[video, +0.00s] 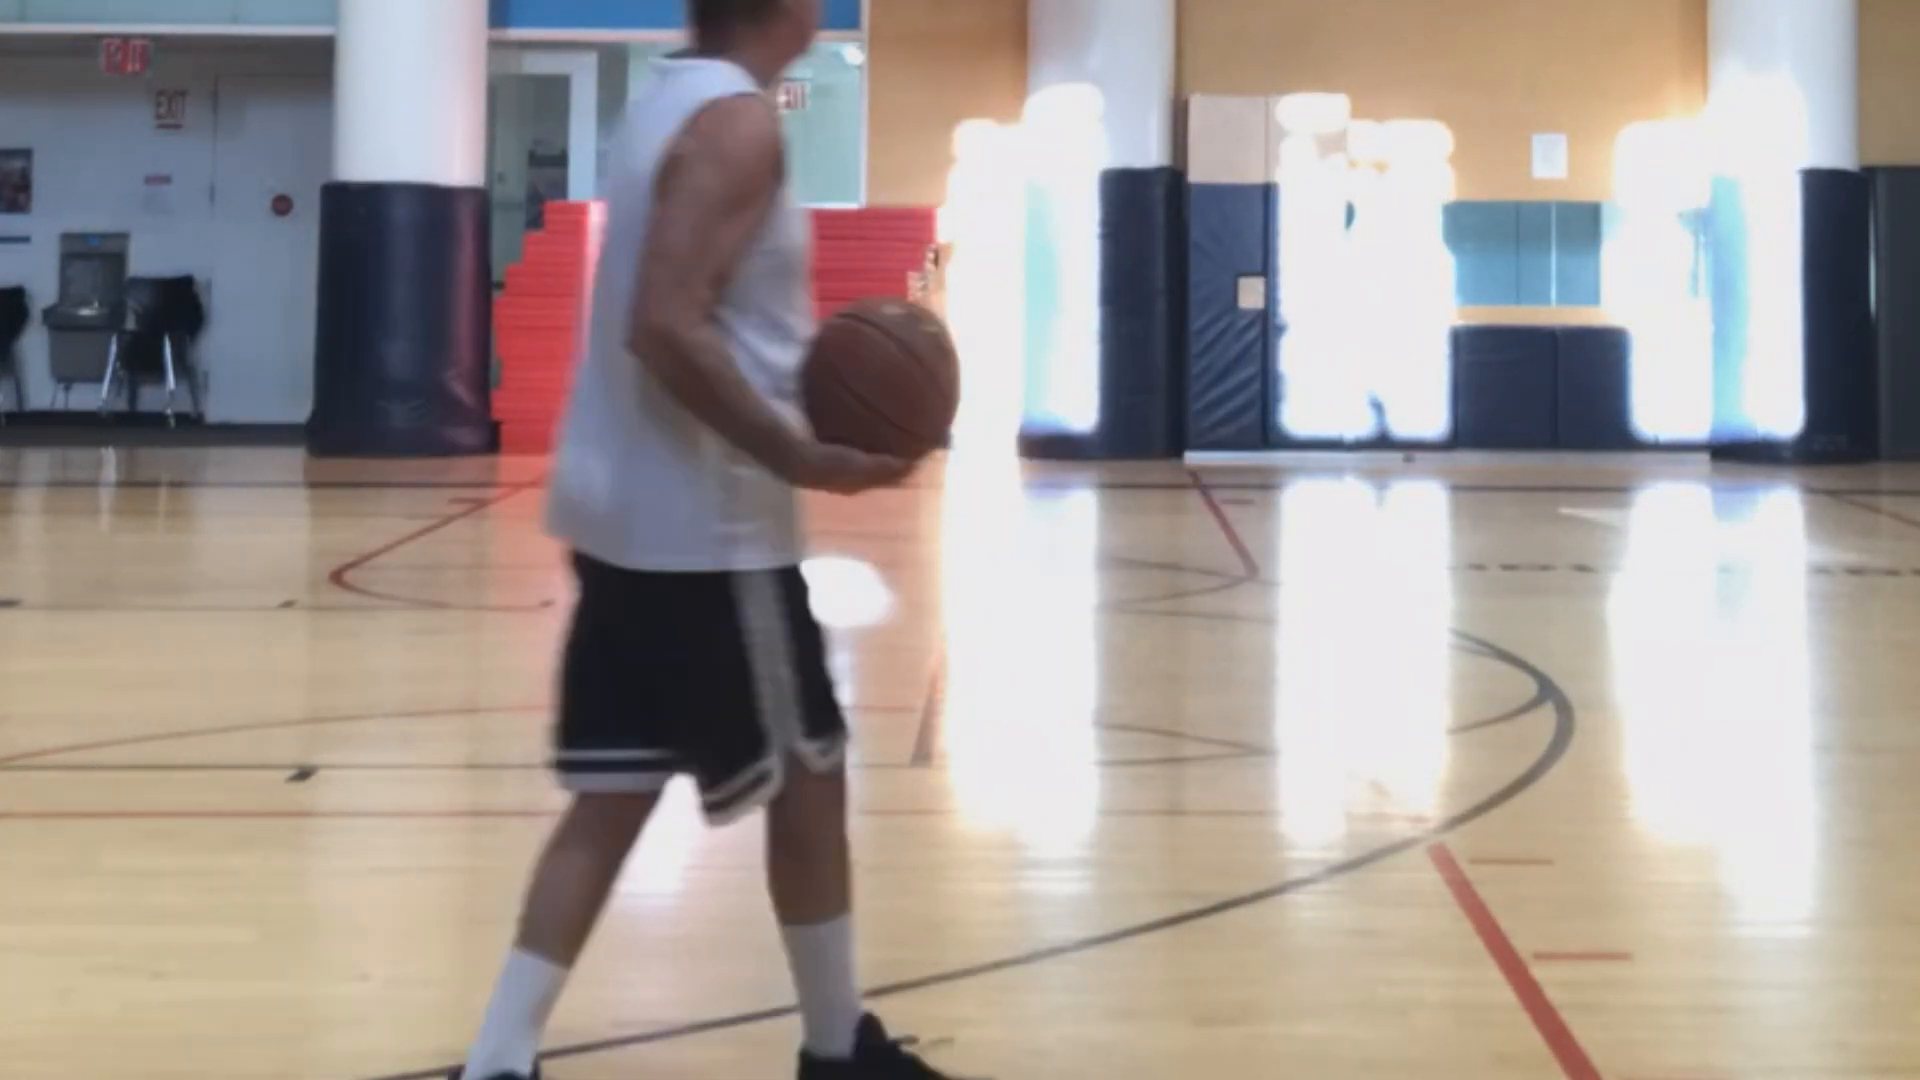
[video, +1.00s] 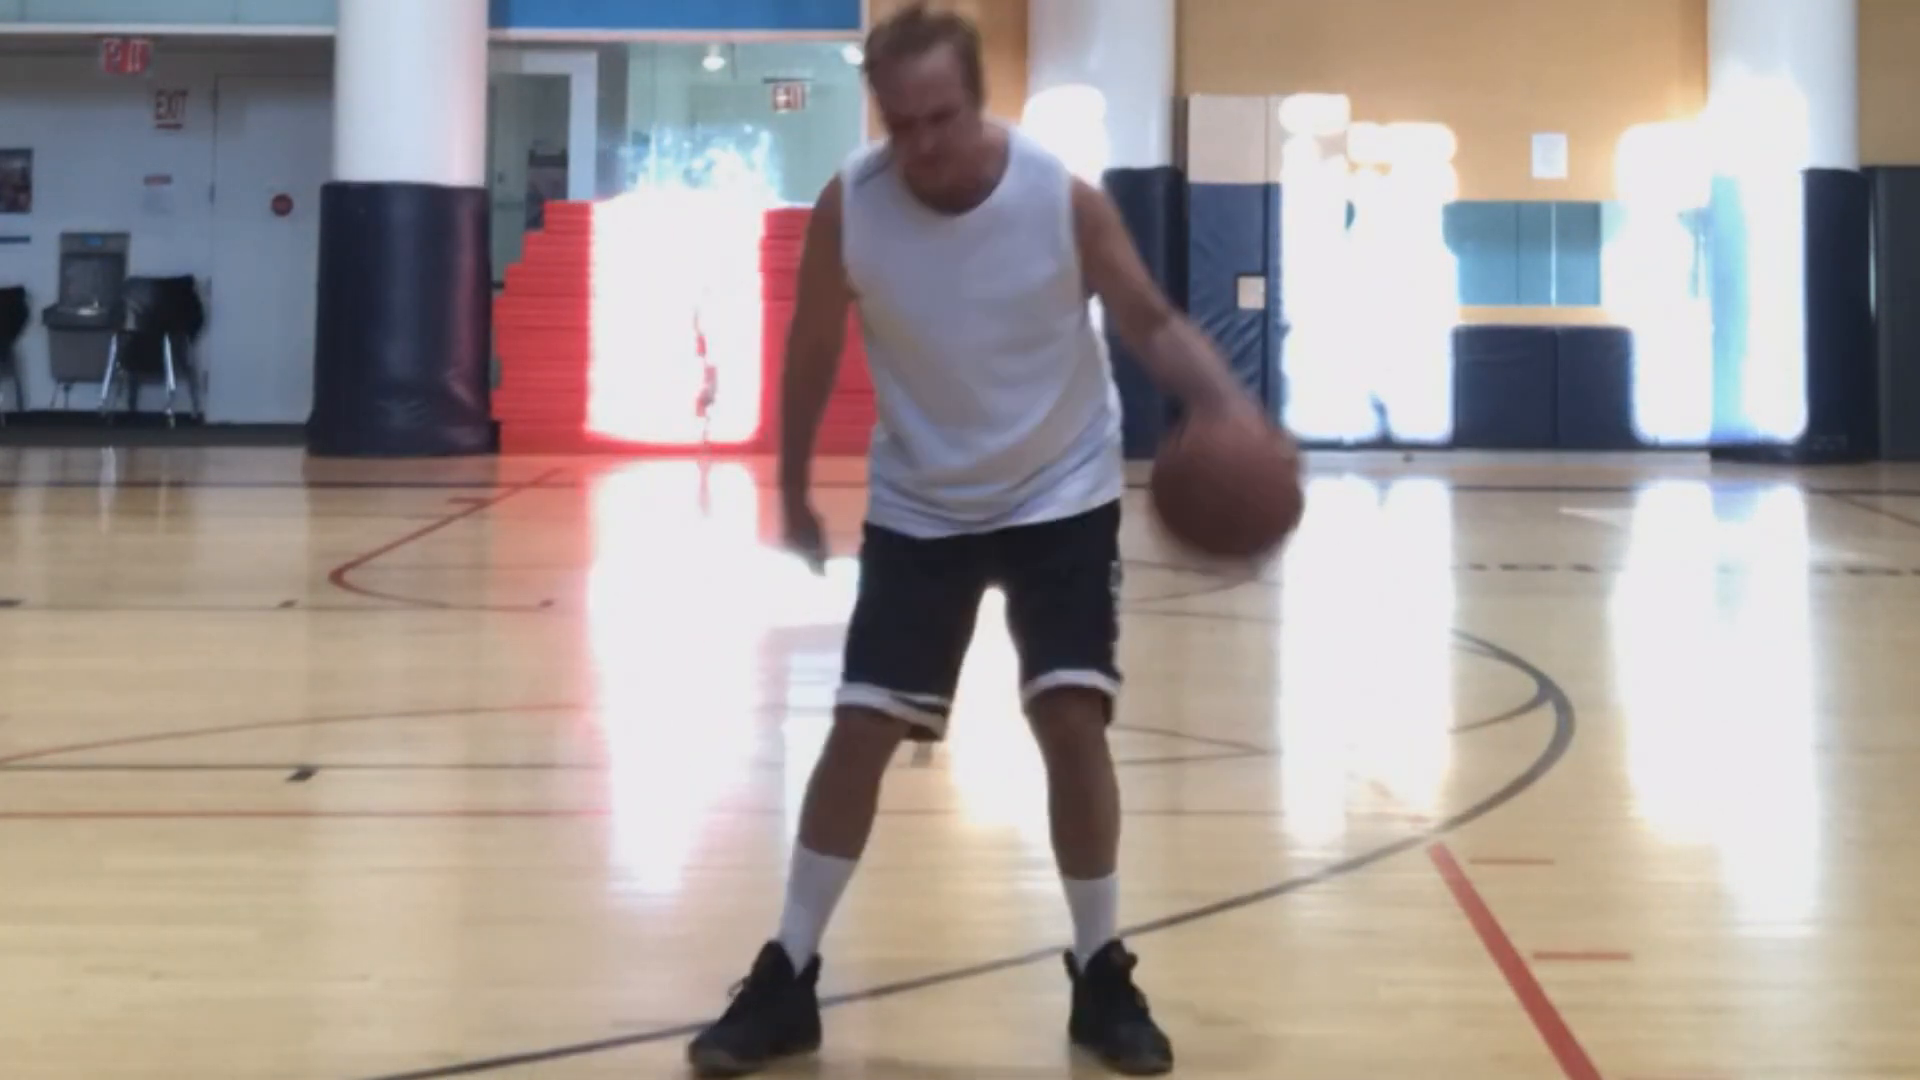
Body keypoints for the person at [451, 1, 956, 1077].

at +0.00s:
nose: (820, 22)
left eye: (817, 7)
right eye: (814, 5)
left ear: (715, 11)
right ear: (778, 11)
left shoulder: (664, 103)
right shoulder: (737, 119)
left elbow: (693, 316)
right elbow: (666, 324)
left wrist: (832, 376)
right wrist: (803, 454)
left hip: (624, 517)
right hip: (710, 529)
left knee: (611, 794)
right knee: (808, 770)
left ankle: (497, 1057)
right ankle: (837, 1042)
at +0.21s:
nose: (1025, 352)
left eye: (1042, 330)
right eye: (1006, 332)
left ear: (1071, 303)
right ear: (972, 308)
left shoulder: (1121, 344)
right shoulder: (918, 357)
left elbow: (1254, 437)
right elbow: (868, 531)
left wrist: (1372, 498)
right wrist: (874, 689)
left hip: (1095, 548)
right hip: (944, 552)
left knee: (1176, 725)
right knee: (846, 723)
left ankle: (1236, 985)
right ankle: (779, 982)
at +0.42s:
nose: (1085, 367)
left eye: (1102, 349)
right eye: (1065, 351)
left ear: (1129, 312)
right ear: (1022, 305)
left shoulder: (1170, 336)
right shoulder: (952, 350)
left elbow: (1307, 371)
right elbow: (858, 472)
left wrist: (1429, 447)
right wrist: (800, 603)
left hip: (1121, 542)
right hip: (967, 548)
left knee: (1205, 726)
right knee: (869, 733)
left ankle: (1246, 981)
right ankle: (777, 981)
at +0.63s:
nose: (1077, 390)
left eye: (1093, 375)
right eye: (1059, 376)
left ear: (1119, 340)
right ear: (1022, 340)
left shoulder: (1169, 365)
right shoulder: (950, 371)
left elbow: (1321, 447)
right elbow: (874, 479)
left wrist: (1398, 543)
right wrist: (846, 593)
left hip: (1120, 555)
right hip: (968, 555)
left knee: (1203, 724)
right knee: (868, 737)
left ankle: (1256, 984)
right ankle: (762, 980)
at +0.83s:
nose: (1034, 425)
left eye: (1050, 410)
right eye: (1017, 411)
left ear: (1085, 366)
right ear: (984, 370)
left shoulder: (1144, 390)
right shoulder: (933, 376)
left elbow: (1252, 500)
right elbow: (853, 455)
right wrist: (821, 545)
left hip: (1123, 555)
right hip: (966, 553)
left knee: (1219, 726)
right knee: (849, 742)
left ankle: (1266, 986)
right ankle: (734, 985)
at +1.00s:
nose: (922, 142)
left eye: (941, 116)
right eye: (900, 122)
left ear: (981, 98)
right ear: (876, 115)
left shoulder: (1064, 203)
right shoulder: (848, 213)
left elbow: (1154, 327)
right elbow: (811, 354)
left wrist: (1235, 414)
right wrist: (792, 483)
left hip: (1062, 493)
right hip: (921, 502)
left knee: (1071, 717)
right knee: (864, 724)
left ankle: (1103, 977)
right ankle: (787, 977)